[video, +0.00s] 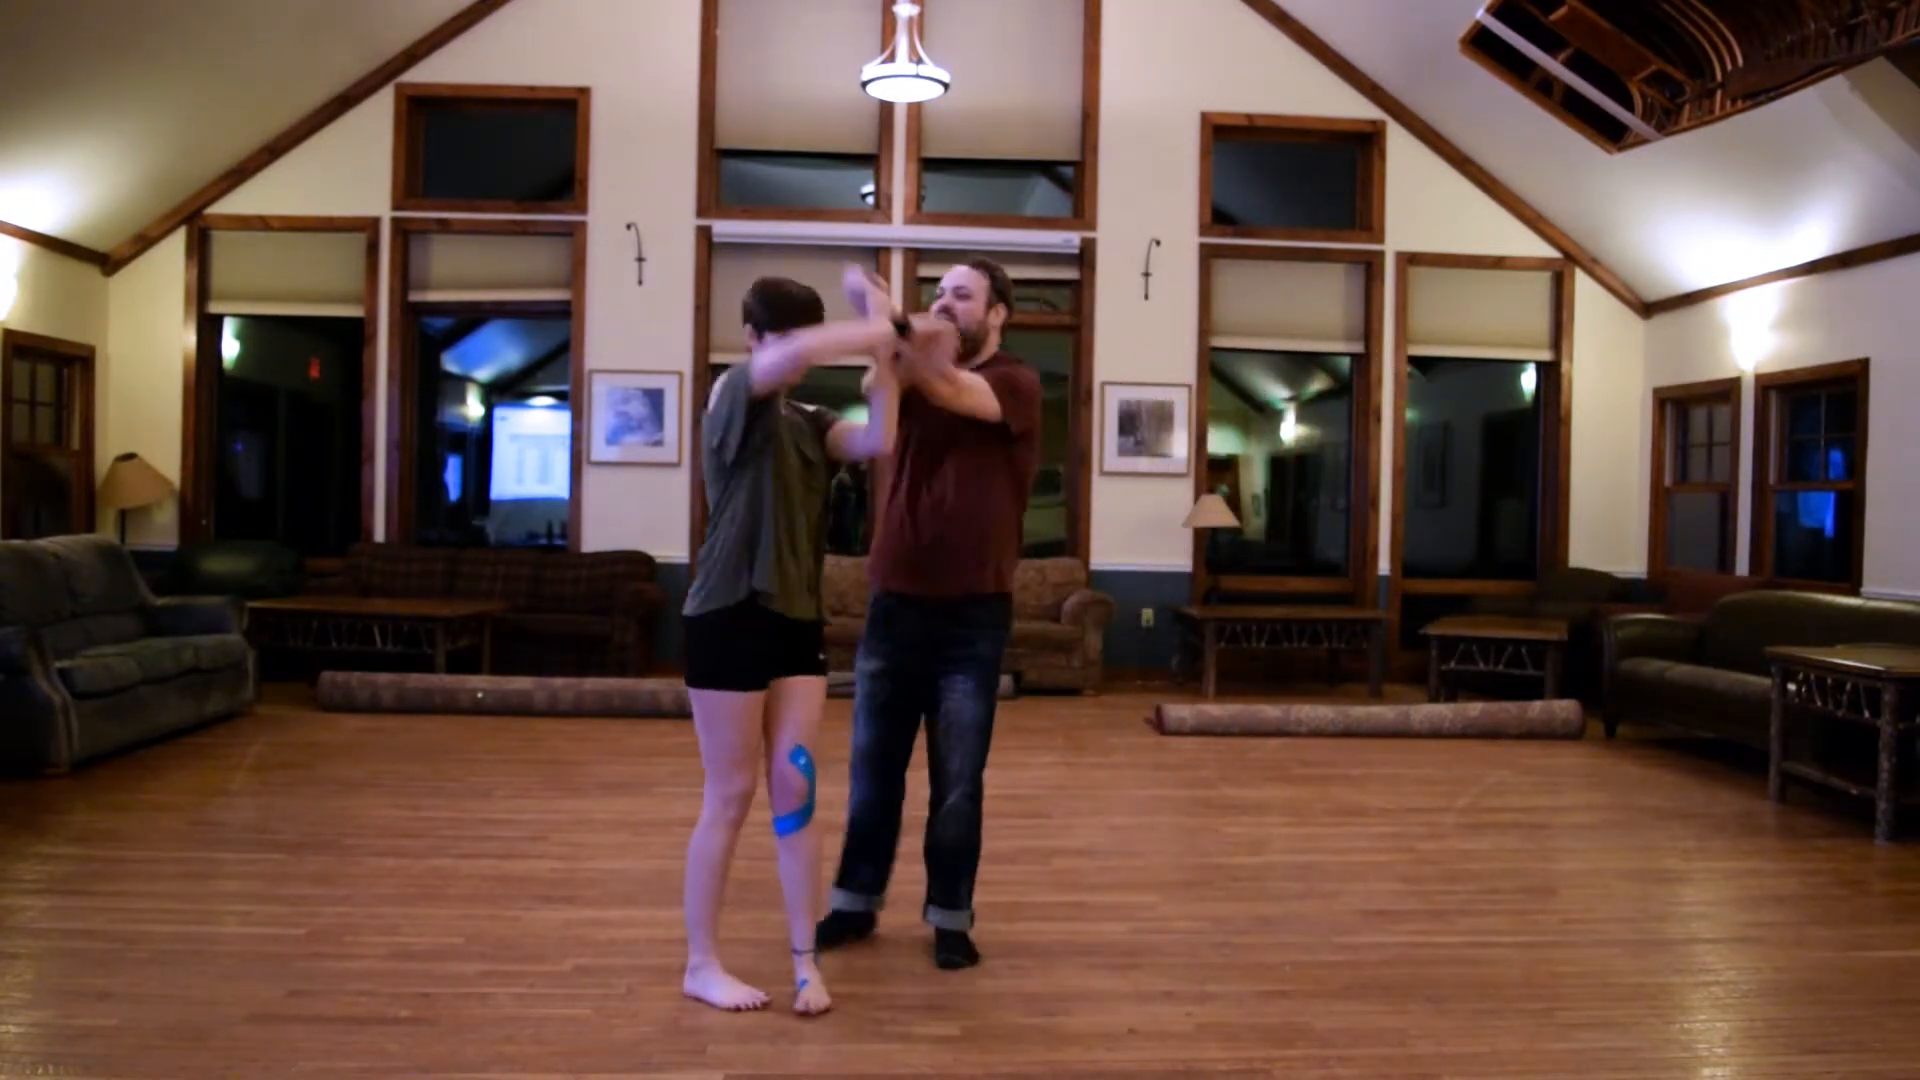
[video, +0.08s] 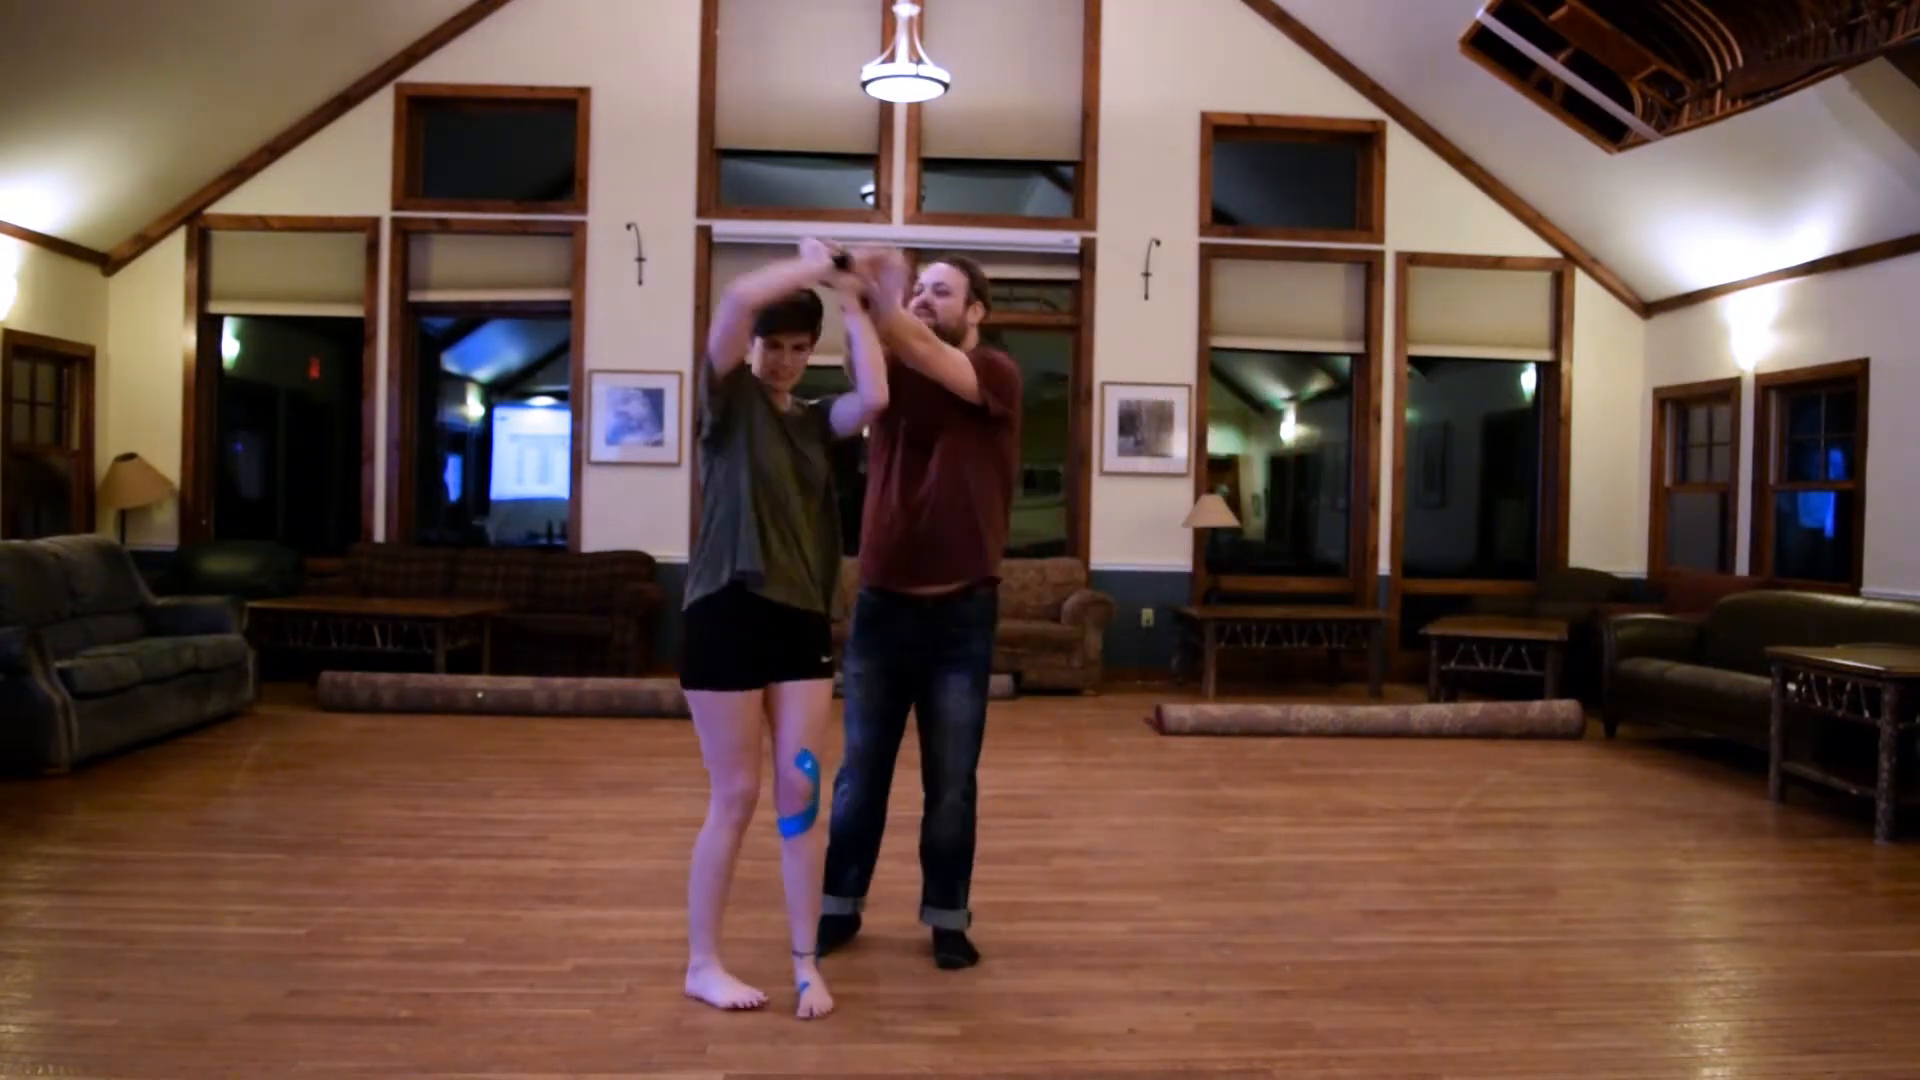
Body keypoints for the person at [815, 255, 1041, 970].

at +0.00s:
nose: (943, 304)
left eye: (961, 295)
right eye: (937, 295)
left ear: (997, 317)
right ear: (927, 312)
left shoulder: (1017, 382)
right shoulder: (910, 379)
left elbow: (948, 387)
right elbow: (872, 380)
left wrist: (900, 333)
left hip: (973, 605)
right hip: (895, 599)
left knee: (957, 777)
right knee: (873, 766)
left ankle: (950, 918)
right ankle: (854, 904)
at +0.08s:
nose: (923, 300)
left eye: (941, 291)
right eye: (918, 290)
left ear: (975, 313)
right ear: (905, 304)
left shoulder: (998, 373)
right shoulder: (890, 368)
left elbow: (916, 347)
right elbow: (861, 341)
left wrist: (876, 299)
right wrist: (857, 292)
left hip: (962, 603)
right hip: (882, 600)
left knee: (951, 777)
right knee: (863, 765)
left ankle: (948, 918)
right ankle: (839, 908)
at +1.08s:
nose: (824, 332)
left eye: (836, 318)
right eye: (813, 319)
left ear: (870, 320)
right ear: (799, 322)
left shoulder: (905, 378)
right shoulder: (784, 383)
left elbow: (902, 420)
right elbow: (768, 407)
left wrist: (816, 367)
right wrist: (781, 315)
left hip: (895, 604)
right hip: (811, 609)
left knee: (899, 776)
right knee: (827, 777)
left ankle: (908, 919)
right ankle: (839, 912)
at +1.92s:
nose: (817, 332)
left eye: (830, 319)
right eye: (810, 321)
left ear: (870, 321)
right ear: (806, 326)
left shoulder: (908, 378)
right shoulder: (796, 393)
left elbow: (892, 421)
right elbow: (752, 409)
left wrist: (802, 369)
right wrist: (766, 317)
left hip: (893, 605)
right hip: (811, 609)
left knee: (896, 775)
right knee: (826, 776)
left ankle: (908, 919)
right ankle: (840, 912)